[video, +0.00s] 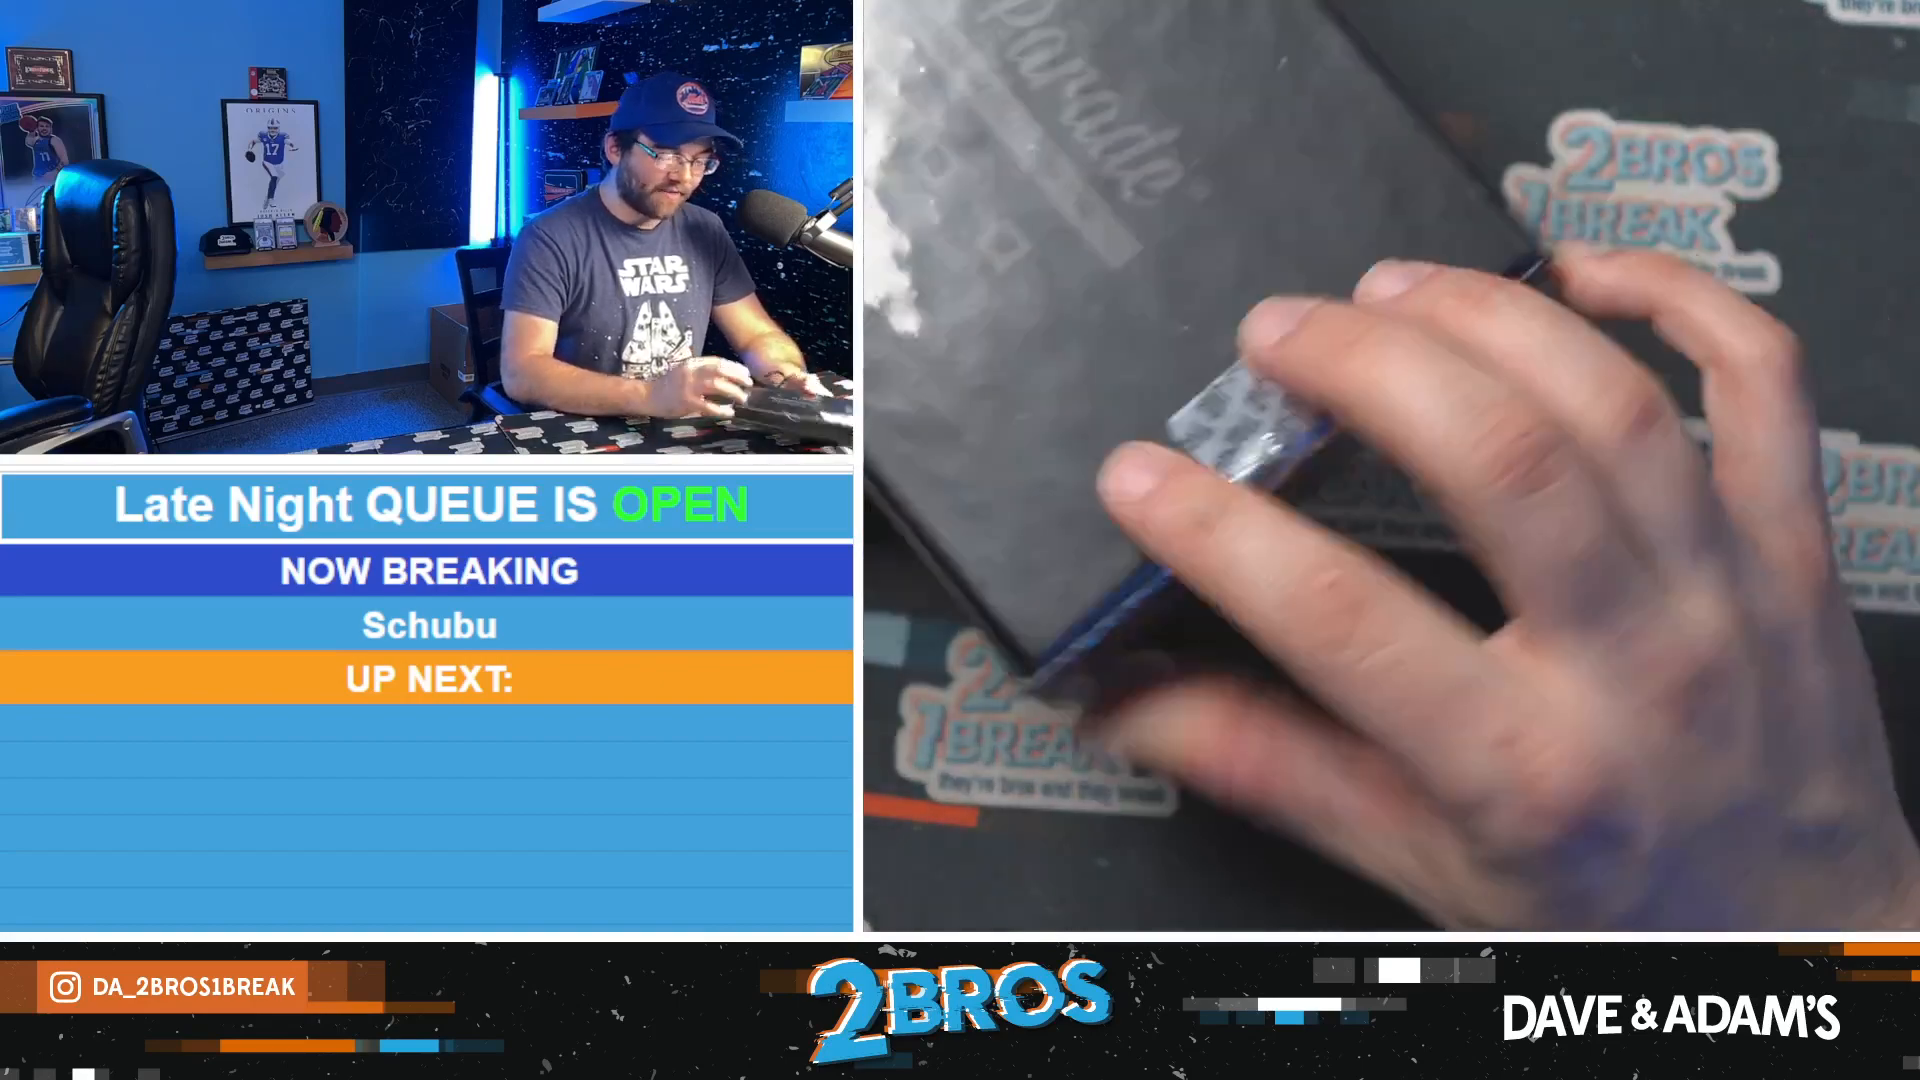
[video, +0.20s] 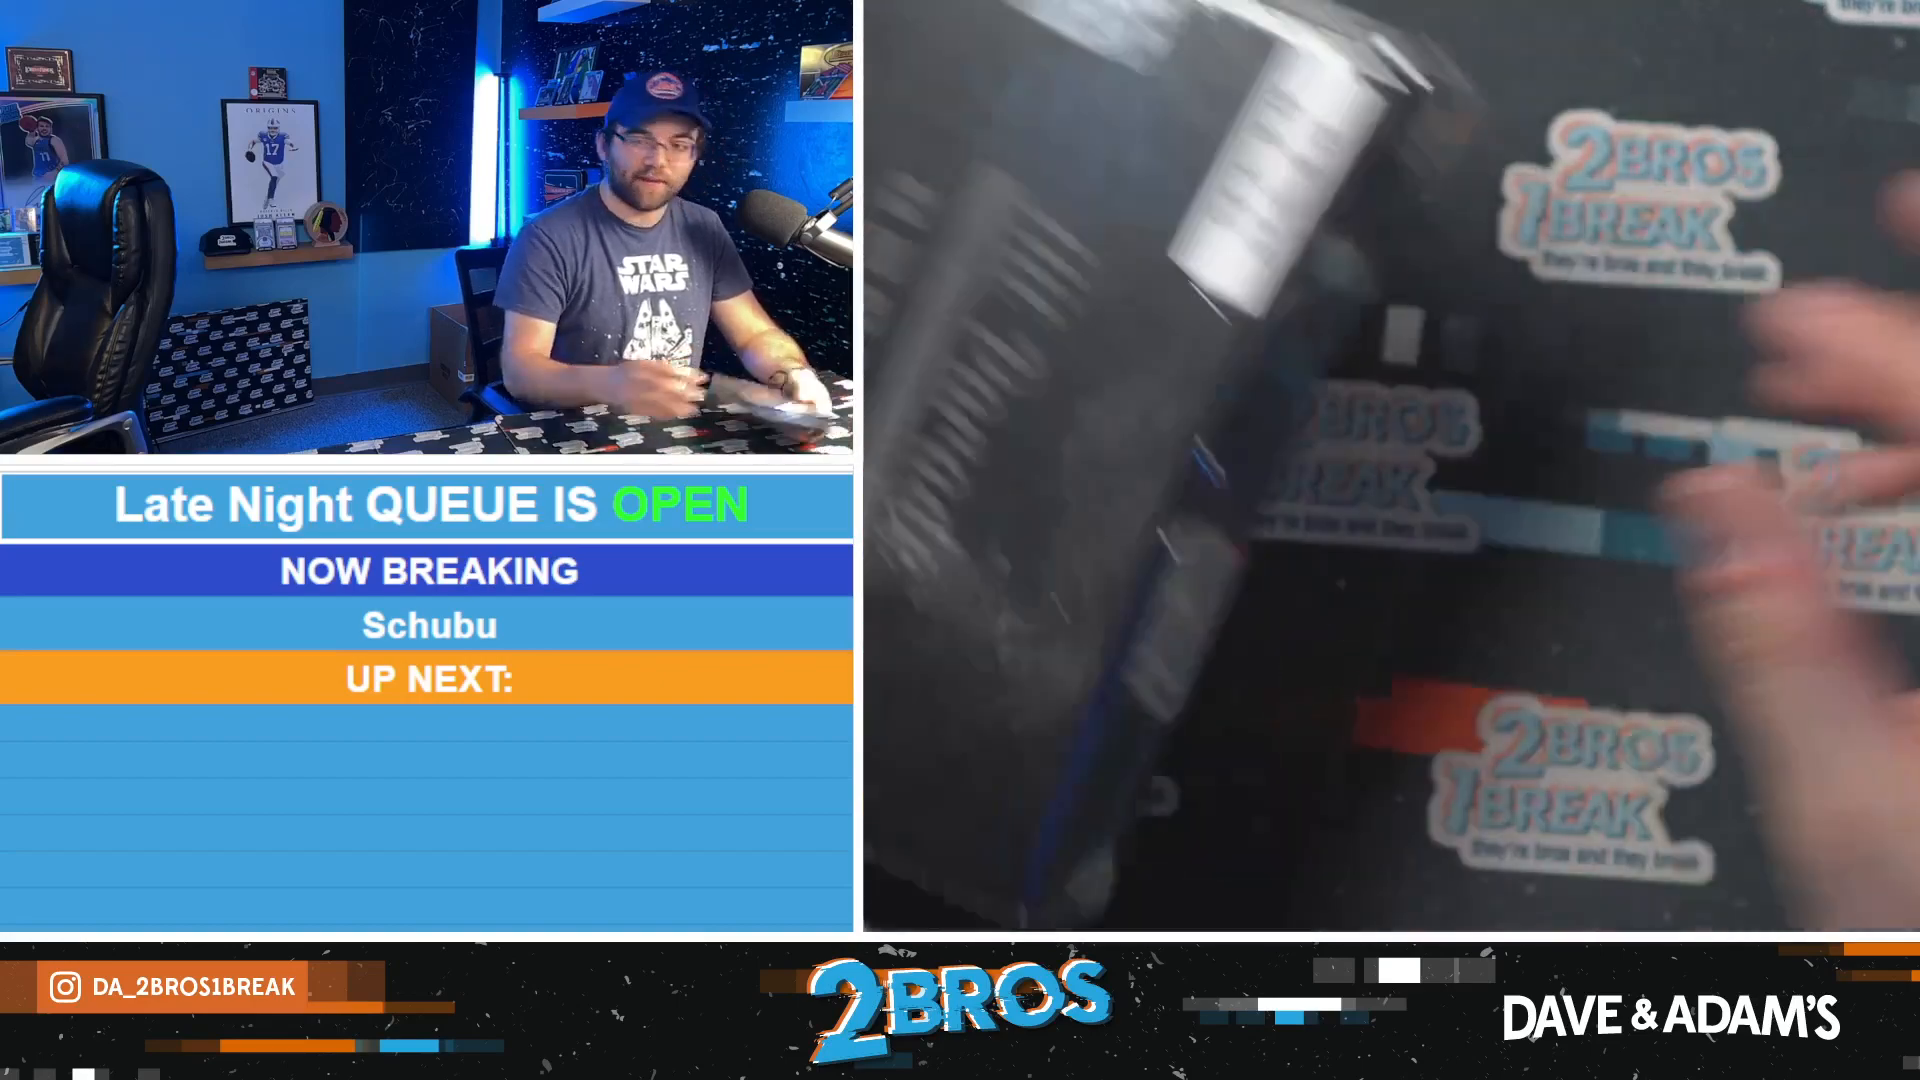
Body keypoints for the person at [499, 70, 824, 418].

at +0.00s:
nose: (684, 174)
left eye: (698, 158)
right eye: (666, 152)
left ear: (709, 162)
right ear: (615, 148)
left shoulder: (704, 231)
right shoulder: (550, 237)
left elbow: (758, 335)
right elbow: (523, 372)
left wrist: (781, 371)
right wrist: (649, 394)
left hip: (686, 455)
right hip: (580, 459)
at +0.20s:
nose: (659, 160)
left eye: (679, 145)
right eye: (642, 140)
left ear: (695, 157)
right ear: (605, 144)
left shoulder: (705, 231)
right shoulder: (552, 238)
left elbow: (757, 334)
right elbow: (523, 373)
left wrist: (793, 372)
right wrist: (612, 384)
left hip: (683, 449)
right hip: (577, 458)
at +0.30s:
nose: (648, 156)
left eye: (670, 141)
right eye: (631, 137)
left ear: (691, 155)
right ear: (602, 144)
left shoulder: (704, 230)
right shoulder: (548, 237)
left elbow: (762, 331)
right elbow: (515, 365)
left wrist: (795, 367)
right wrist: (565, 389)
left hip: (683, 456)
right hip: (580, 464)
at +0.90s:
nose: (604, 151)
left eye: (629, 137)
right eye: (599, 135)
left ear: (680, 153)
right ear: (590, 138)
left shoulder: (709, 233)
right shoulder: (551, 232)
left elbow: (775, 340)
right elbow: (520, 348)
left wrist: (753, 371)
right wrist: (535, 435)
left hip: (682, 448)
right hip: (582, 452)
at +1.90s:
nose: (652, 169)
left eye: (675, 154)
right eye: (637, 147)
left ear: (701, 160)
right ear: (613, 145)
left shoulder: (708, 236)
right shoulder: (552, 235)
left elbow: (771, 341)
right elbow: (503, 344)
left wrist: (760, 376)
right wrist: (509, 401)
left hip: (677, 456)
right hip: (570, 456)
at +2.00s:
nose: (665, 176)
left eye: (687, 161)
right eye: (650, 153)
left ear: (703, 167)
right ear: (614, 145)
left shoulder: (708, 235)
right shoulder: (550, 235)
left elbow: (771, 341)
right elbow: (501, 351)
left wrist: (759, 376)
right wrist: (548, 386)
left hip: (678, 457)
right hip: (575, 463)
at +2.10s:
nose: (673, 180)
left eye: (693, 164)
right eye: (657, 157)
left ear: (708, 168)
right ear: (616, 146)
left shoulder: (708, 235)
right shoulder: (550, 234)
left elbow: (771, 341)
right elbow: (507, 355)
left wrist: (758, 375)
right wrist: (589, 377)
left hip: (679, 457)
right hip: (574, 462)